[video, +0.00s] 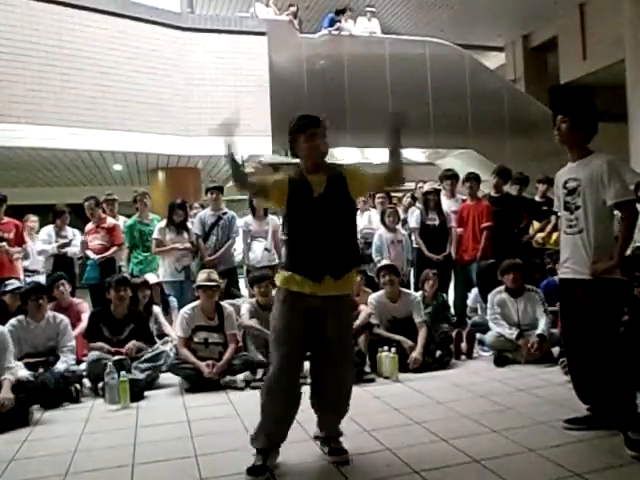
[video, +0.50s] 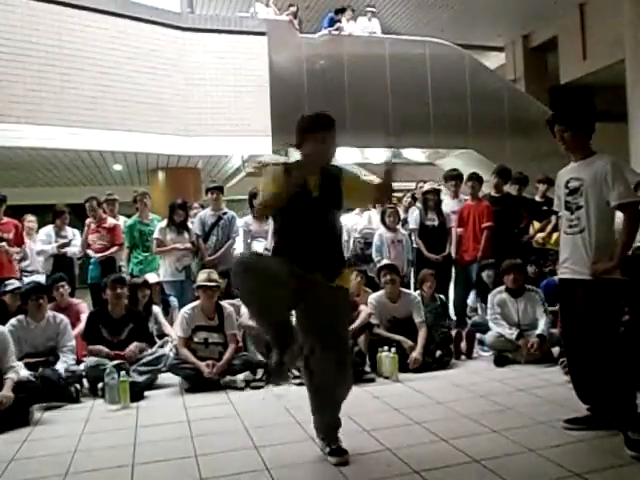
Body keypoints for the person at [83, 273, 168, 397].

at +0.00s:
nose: (122, 294)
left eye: (125, 290)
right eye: (117, 291)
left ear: (130, 293)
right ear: (109, 295)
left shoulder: (139, 317)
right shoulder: (97, 316)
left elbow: (151, 347)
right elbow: (90, 345)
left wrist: (137, 344)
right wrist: (102, 346)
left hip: (135, 358)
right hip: (107, 359)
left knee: (165, 353)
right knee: (94, 359)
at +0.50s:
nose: (118, 292)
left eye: (122, 288)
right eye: (113, 289)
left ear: (127, 292)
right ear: (105, 295)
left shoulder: (137, 316)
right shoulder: (95, 316)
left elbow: (150, 345)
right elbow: (90, 348)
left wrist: (137, 346)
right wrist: (112, 355)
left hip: (134, 360)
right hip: (106, 361)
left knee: (165, 354)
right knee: (90, 364)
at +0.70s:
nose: (117, 292)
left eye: (120, 288)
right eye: (112, 289)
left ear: (125, 292)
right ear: (103, 295)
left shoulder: (136, 315)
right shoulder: (95, 316)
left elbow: (150, 344)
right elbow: (89, 349)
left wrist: (139, 347)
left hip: (134, 360)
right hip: (107, 363)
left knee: (164, 355)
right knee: (90, 366)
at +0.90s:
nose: (117, 293)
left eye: (119, 289)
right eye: (111, 290)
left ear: (124, 292)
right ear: (102, 296)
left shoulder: (136, 315)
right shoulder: (94, 318)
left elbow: (151, 342)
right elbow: (88, 350)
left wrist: (141, 347)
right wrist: (105, 350)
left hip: (135, 360)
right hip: (107, 364)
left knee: (164, 356)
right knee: (87, 368)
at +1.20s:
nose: (118, 297)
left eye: (120, 292)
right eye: (112, 294)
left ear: (125, 294)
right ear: (103, 300)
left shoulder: (136, 316)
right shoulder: (95, 321)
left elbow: (152, 342)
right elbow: (90, 352)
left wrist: (141, 356)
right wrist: (113, 361)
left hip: (134, 362)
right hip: (107, 363)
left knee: (164, 356)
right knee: (86, 368)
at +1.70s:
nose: (118, 301)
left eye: (120, 297)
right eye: (112, 299)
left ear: (124, 298)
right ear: (102, 303)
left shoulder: (134, 318)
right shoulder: (94, 323)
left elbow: (152, 343)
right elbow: (88, 355)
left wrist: (143, 366)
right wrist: (117, 360)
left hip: (133, 361)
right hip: (105, 363)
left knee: (163, 357)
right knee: (86, 369)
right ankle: (140, 382)